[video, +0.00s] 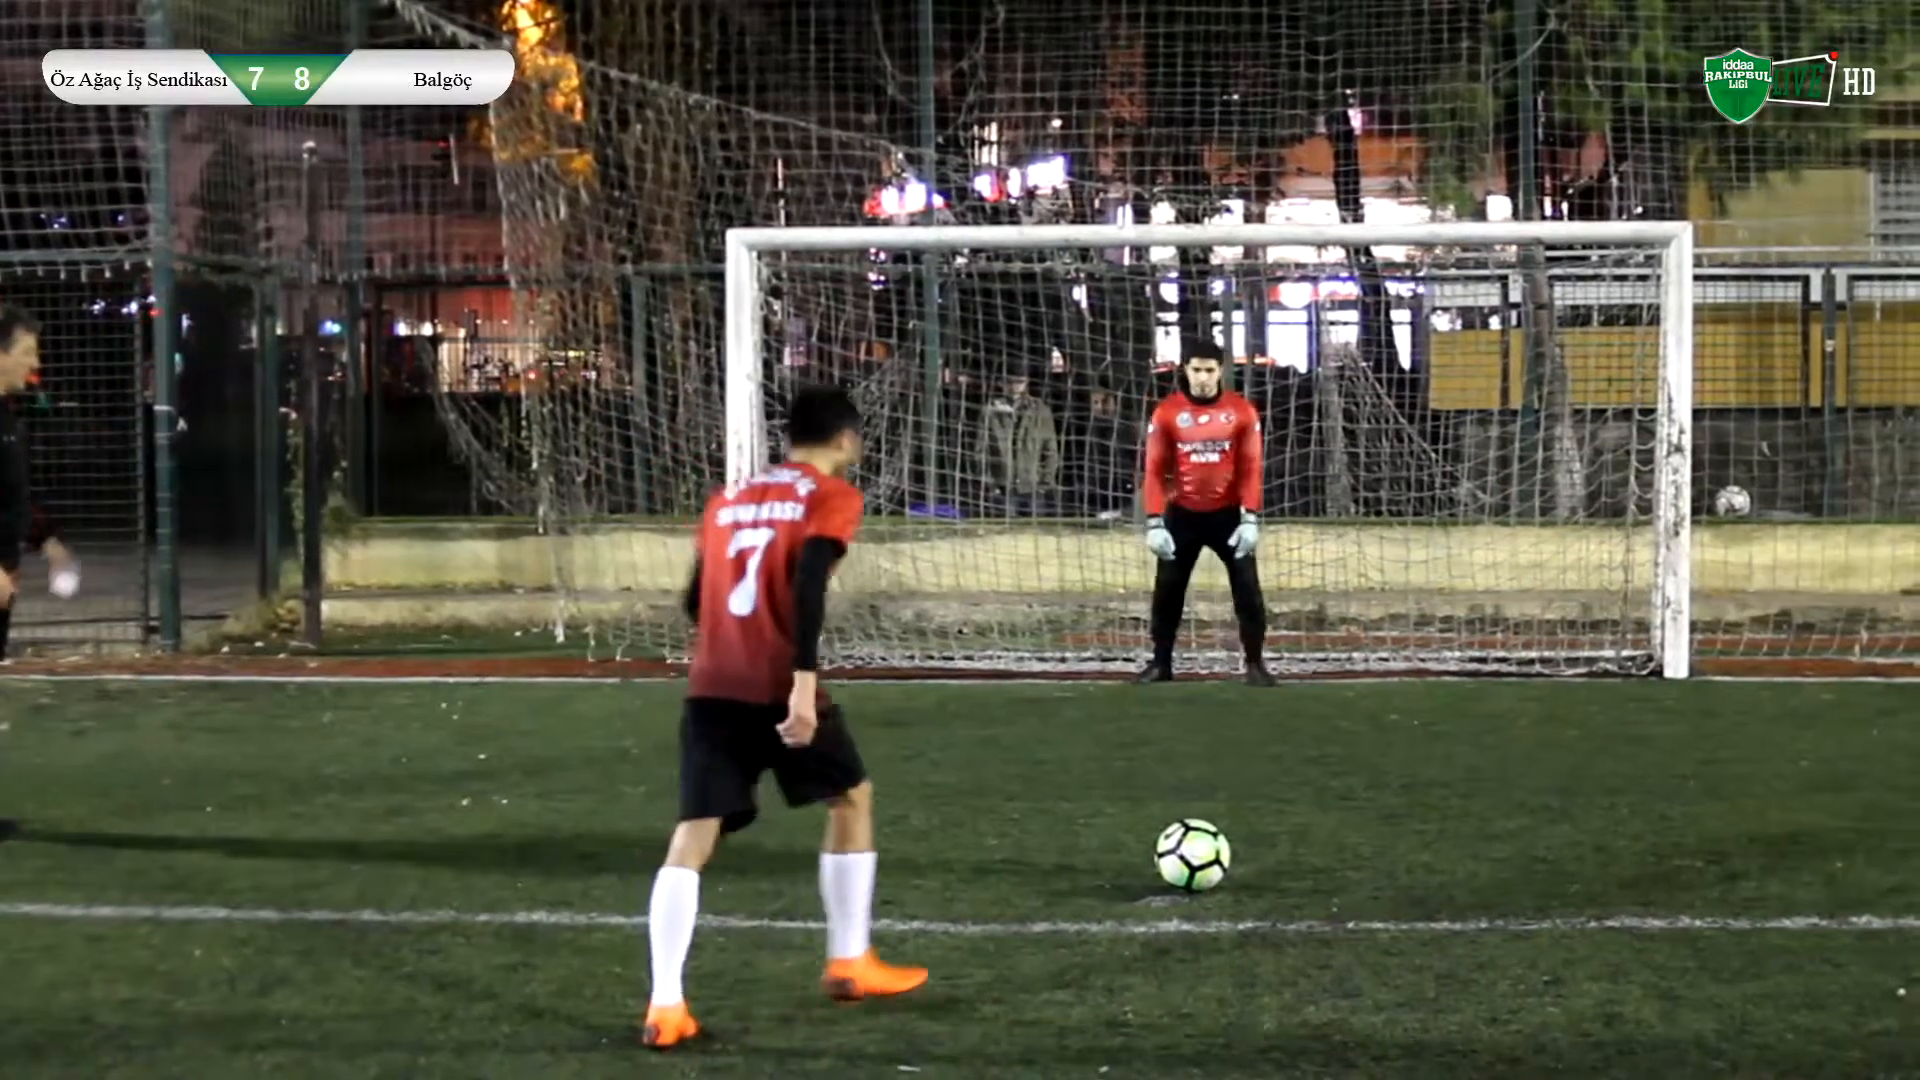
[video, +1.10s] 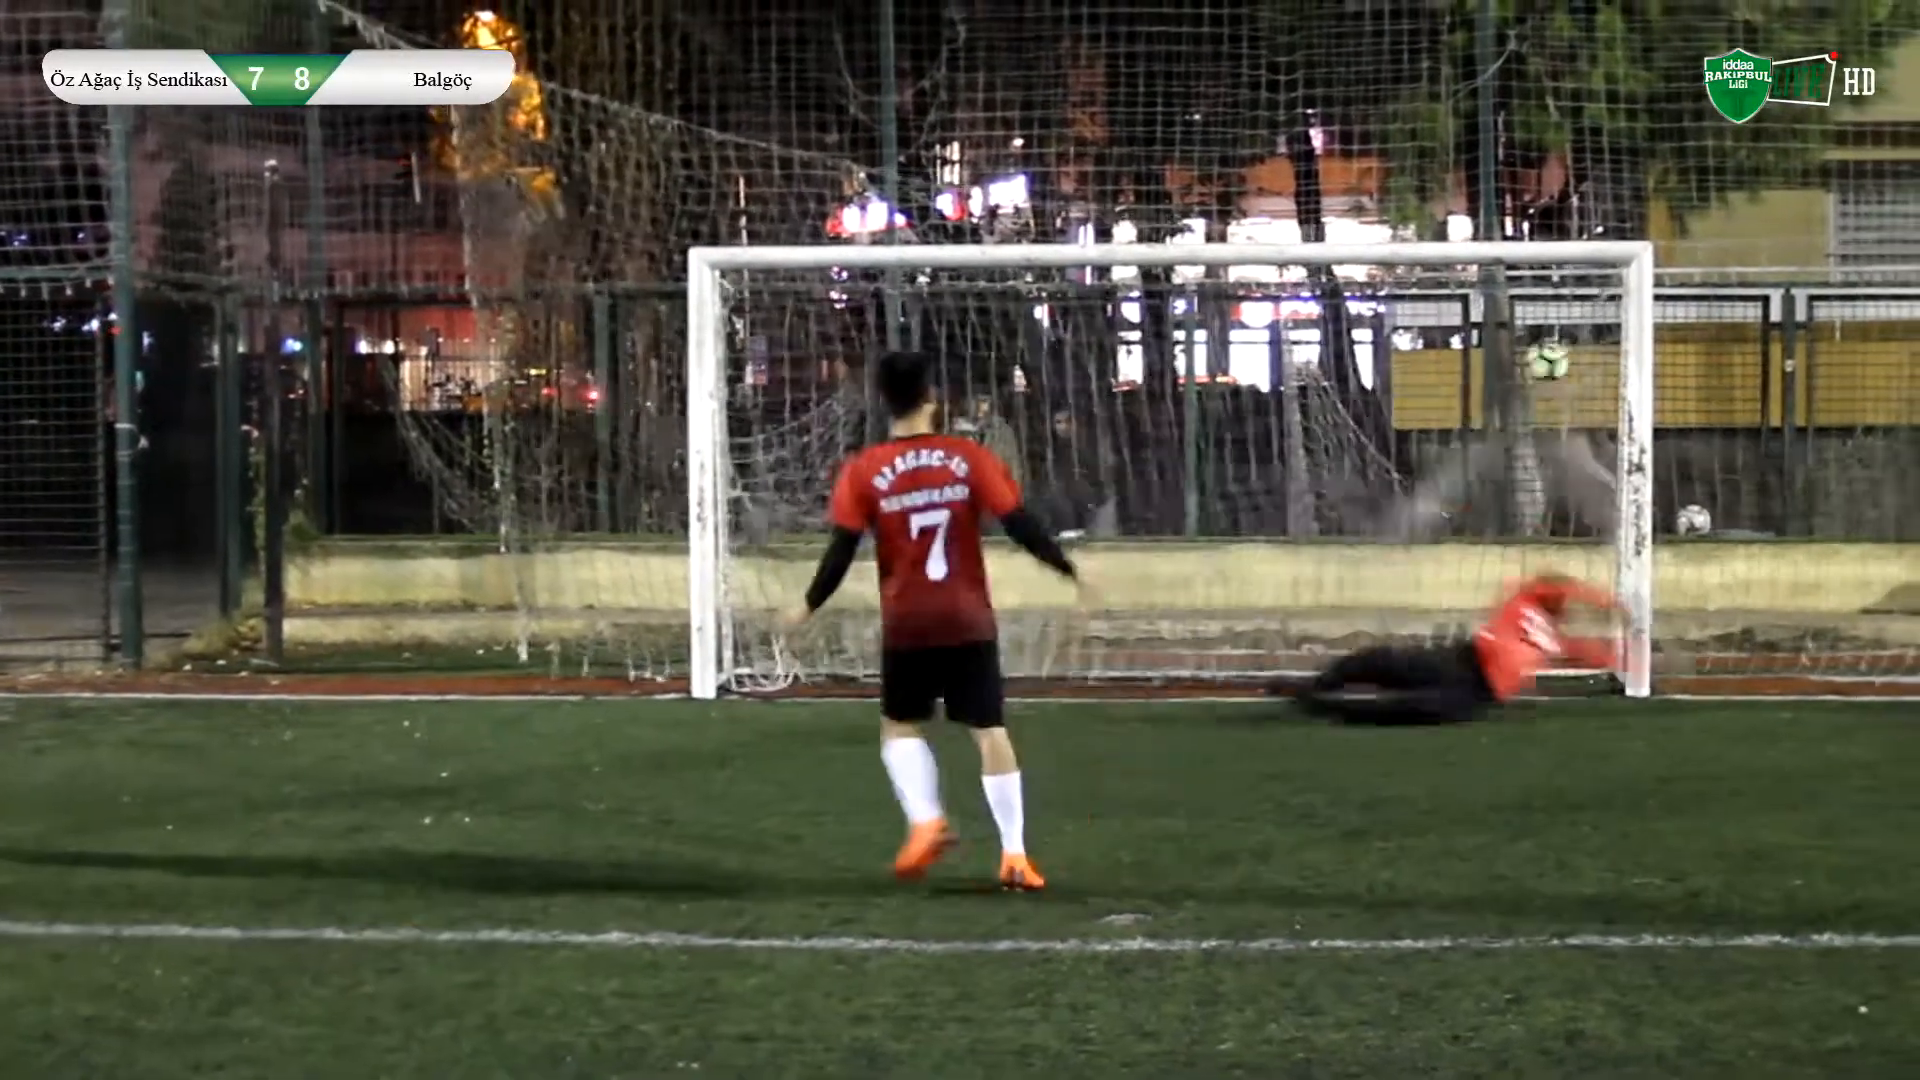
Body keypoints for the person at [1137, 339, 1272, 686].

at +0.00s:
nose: (1202, 378)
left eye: (1209, 371)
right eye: (1196, 370)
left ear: (1220, 371)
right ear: (1185, 371)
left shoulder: (1242, 412)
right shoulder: (1167, 413)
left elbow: (1252, 468)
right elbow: (1154, 470)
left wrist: (1250, 516)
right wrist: (1155, 520)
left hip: (1228, 516)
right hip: (1181, 516)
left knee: (1248, 591)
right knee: (1167, 591)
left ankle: (1254, 663)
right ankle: (1161, 662)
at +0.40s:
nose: (1214, 384)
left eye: (1221, 378)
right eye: (1208, 377)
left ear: (1232, 380)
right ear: (1197, 379)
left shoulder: (1252, 419)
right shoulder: (1179, 416)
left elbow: (1275, 466)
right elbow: (1154, 461)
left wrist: (1303, 505)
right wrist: (1123, 501)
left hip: (1236, 529)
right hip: (1188, 527)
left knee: (1251, 598)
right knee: (1159, 589)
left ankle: (1254, 662)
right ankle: (1150, 661)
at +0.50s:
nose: (1206, 434)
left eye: (1213, 426)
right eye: (1199, 426)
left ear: (1226, 428)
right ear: (1189, 429)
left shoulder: (1250, 458)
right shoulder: (1180, 460)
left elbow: (1277, 498)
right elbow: (1148, 496)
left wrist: (1309, 539)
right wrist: (1111, 525)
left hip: (1246, 545)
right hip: (1199, 545)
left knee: (1270, 592)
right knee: (1159, 602)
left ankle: (1234, 657)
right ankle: (1112, 678)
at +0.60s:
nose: (1210, 474)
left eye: (1217, 465)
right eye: (1203, 465)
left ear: (1229, 467)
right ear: (1193, 469)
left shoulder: (1254, 496)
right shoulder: (1184, 498)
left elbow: (1282, 530)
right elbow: (1150, 530)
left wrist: (1306, 565)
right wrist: (1112, 557)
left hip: (1248, 570)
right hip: (1201, 568)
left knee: (1280, 598)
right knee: (1154, 615)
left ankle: (1244, 671)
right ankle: (1109, 680)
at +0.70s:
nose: (1253, 497)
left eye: (1261, 491)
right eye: (1247, 489)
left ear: (1274, 497)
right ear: (1233, 494)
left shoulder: (1287, 529)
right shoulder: (1217, 522)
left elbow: (1308, 566)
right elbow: (1188, 549)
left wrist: (1319, 579)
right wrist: (1169, 563)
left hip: (1258, 609)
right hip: (1216, 602)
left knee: (1292, 629)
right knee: (1161, 636)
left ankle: (1239, 692)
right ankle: (1098, 686)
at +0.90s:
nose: (1421, 526)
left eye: (1422, 522)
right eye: (1416, 519)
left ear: (1419, 530)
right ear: (1404, 518)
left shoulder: (1415, 563)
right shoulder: (1372, 540)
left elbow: (1460, 572)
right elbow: (1383, 521)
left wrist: (1482, 546)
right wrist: (1427, 505)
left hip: (1337, 651)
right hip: (1310, 626)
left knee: (1339, 707)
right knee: (1234, 661)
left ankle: (1263, 705)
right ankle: (1150, 694)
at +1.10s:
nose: (1562, 609)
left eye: (1566, 607)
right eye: (1556, 601)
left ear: (1565, 614)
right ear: (1544, 596)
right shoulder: (1525, 602)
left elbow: (1592, 656)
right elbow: (1561, 588)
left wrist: (1623, 648)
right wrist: (1609, 601)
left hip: (1478, 693)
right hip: (1462, 659)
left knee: (1412, 707)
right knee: (1387, 661)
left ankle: (1339, 712)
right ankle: (1325, 681)